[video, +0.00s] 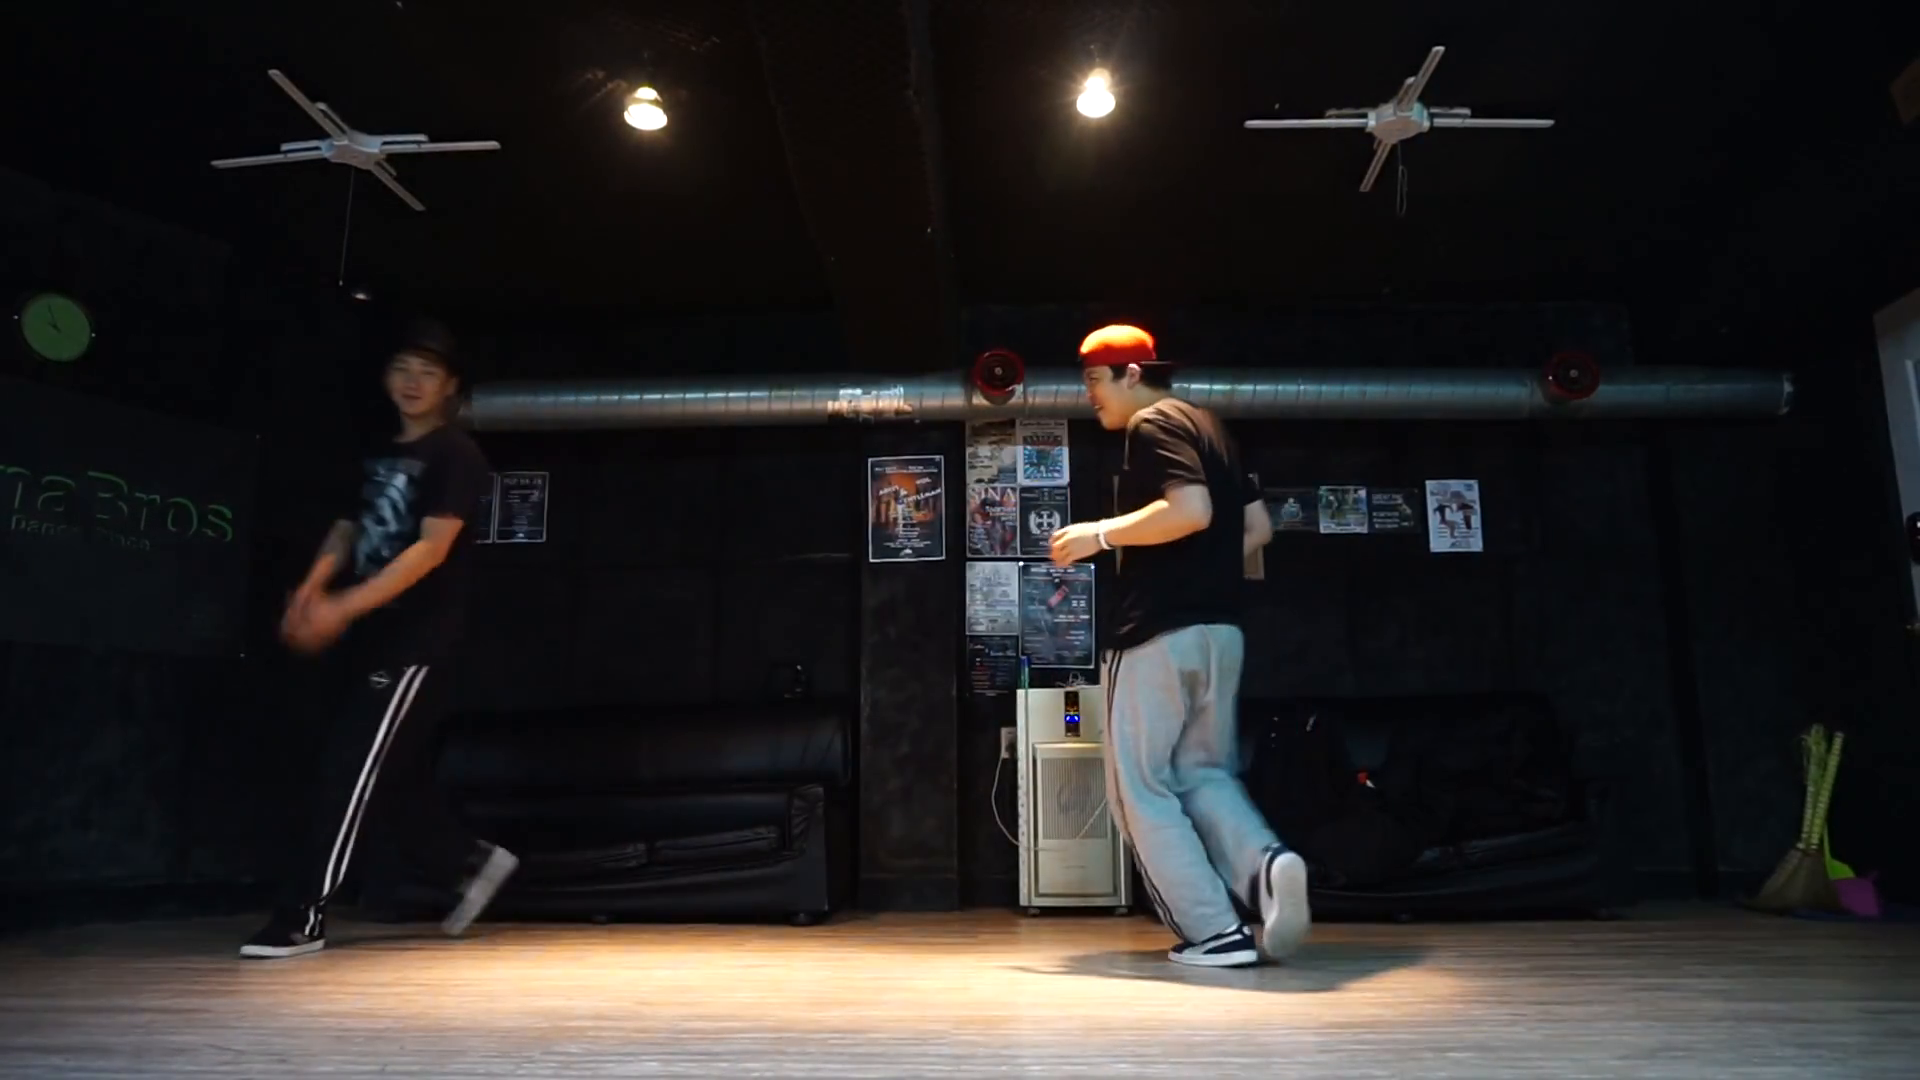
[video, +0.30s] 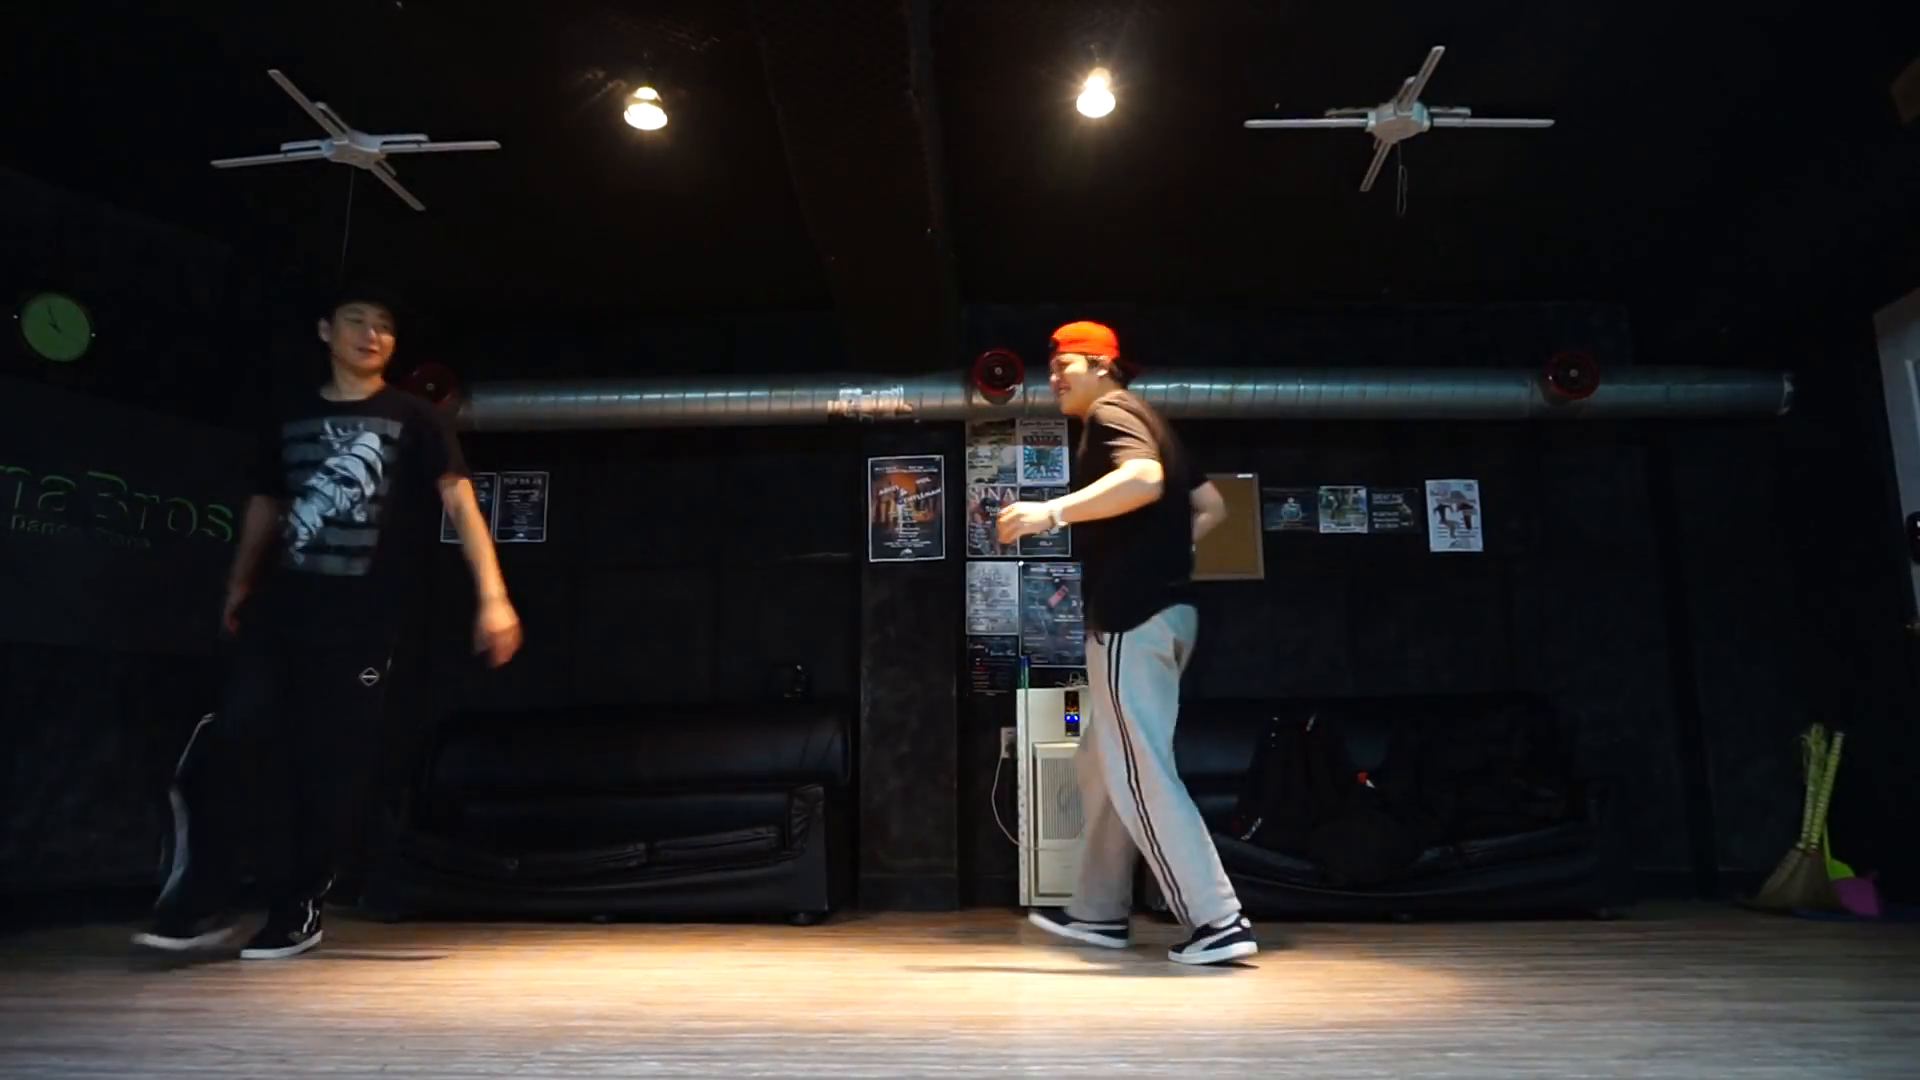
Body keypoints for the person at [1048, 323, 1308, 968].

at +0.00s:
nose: (1090, 395)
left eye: (1094, 381)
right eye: (1088, 382)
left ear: (1126, 374)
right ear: (1148, 374)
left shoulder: (1152, 423)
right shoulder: (1209, 424)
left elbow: (1187, 510)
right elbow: (1255, 526)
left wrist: (1099, 533)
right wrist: (1185, 549)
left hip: (1159, 635)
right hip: (1220, 630)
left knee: (1141, 788)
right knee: (1205, 770)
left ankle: (1216, 936)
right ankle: (1263, 869)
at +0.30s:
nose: (1054, 373)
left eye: (1064, 362)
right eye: (1054, 364)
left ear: (1099, 366)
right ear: (1103, 373)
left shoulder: (1109, 411)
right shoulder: (1140, 416)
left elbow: (1142, 477)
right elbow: (1208, 505)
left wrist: (1050, 512)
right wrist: (1150, 550)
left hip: (1131, 620)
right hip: (1157, 614)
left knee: (1141, 776)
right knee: (1101, 768)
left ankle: (1221, 925)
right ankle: (1100, 915)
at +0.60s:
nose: (1014, 417)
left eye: (1024, 405)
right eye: (1010, 410)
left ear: (1058, 406)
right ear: (1013, 419)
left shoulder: (1073, 448)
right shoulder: (1071, 455)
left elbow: (1108, 507)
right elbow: (1114, 539)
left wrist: (1034, 552)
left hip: (1080, 649)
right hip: (1085, 647)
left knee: (1027, 785)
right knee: (1039, 783)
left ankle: (1161, 865)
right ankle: (1090, 920)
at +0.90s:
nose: (982, 387)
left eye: (994, 378)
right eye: (975, 380)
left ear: (1023, 389)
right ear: (971, 396)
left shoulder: (1047, 439)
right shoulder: (1006, 457)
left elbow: (1107, 501)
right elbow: (993, 554)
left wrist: (1055, 570)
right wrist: (928, 535)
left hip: (1031, 637)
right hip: (1029, 635)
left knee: (972, 764)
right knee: (1043, 777)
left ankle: (980, 915)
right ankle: (1091, 917)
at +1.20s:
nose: (948, 401)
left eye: (962, 391)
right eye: (939, 391)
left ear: (989, 401)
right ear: (929, 401)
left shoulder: (1015, 467)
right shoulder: (925, 473)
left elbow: (1057, 546)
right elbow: (894, 551)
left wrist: (1031, 605)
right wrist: (848, 579)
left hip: (983, 641)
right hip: (924, 644)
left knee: (939, 777)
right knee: (901, 782)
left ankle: (951, 926)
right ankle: (1033, 870)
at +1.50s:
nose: (911, 365)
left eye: (925, 357)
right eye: (904, 356)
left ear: (952, 375)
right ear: (893, 371)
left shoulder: (977, 446)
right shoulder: (869, 444)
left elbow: (1013, 521)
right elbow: (848, 523)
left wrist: (997, 557)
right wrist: (852, 570)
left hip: (942, 635)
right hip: (866, 635)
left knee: (943, 780)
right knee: (840, 767)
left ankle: (955, 920)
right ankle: (839, 917)